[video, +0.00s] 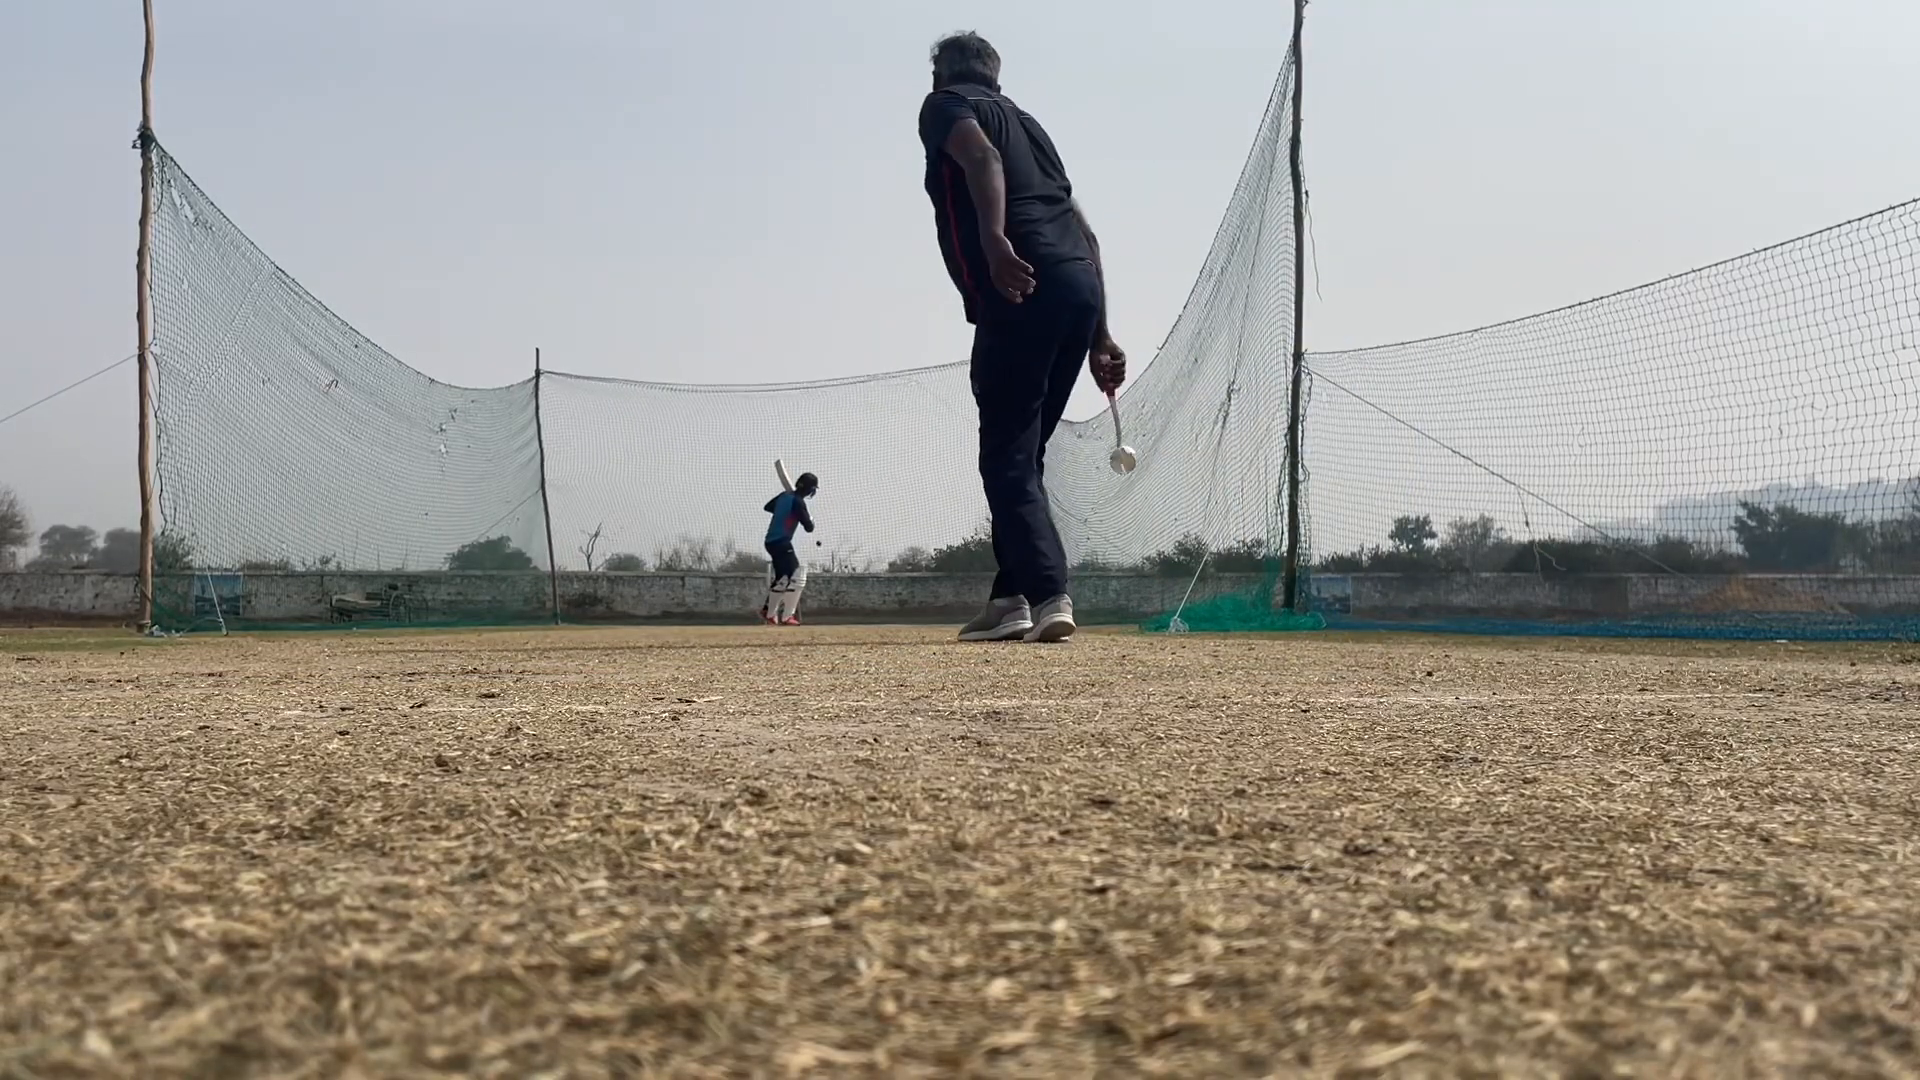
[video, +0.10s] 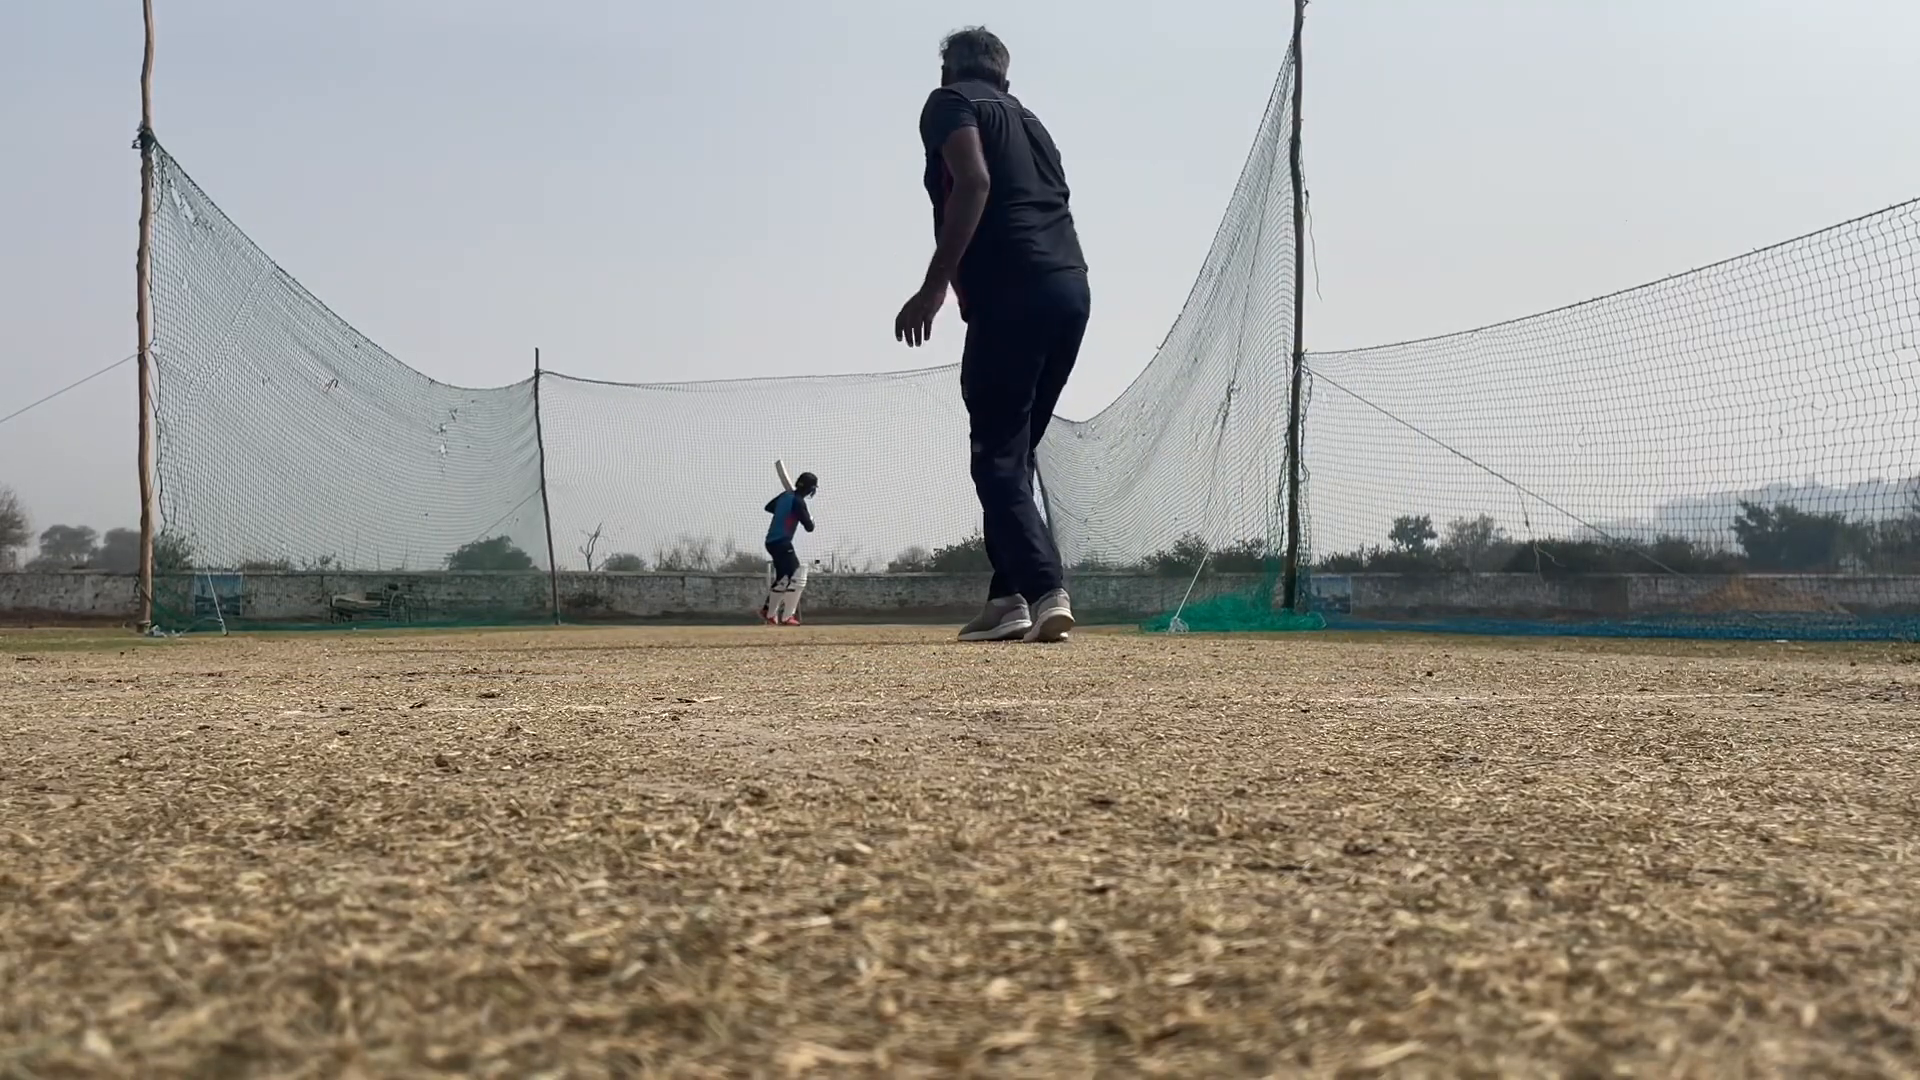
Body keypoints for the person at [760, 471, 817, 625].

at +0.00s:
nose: (814, 492)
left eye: (815, 489)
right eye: (813, 488)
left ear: (799, 484)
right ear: (808, 488)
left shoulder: (784, 495)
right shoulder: (798, 501)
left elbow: (768, 507)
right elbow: (808, 527)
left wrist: (784, 512)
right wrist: (809, 521)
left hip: (771, 541)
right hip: (782, 542)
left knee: (782, 577)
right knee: (797, 575)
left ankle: (770, 613)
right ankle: (788, 615)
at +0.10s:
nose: (814, 491)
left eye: (815, 488)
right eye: (813, 487)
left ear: (798, 484)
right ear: (808, 487)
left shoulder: (785, 495)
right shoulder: (798, 501)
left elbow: (769, 507)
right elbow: (809, 527)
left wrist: (785, 513)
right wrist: (809, 520)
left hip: (771, 541)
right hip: (782, 542)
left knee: (782, 577)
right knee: (797, 575)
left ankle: (770, 613)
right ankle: (788, 616)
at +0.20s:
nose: (813, 490)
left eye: (814, 486)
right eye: (812, 486)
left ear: (797, 483)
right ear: (807, 486)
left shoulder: (785, 495)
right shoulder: (798, 500)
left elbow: (770, 508)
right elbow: (809, 526)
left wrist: (786, 513)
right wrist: (808, 519)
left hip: (772, 541)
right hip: (783, 542)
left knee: (782, 577)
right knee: (797, 575)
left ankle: (770, 612)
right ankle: (788, 615)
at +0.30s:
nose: (812, 488)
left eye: (813, 484)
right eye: (812, 484)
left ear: (796, 482)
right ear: (807, 485)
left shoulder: (785, 496)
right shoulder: (797, 499)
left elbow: (772, 512)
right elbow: (807, 523)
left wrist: (789, 516)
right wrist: (813, 526)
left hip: (773, 541)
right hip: (783, 541)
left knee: (782, 576)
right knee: (797, 575)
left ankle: (770, 611)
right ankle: (788, 615)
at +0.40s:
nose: (809, 485)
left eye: (809, 481)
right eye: (808, 481)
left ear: (794, 481)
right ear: (802, 482)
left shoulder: (785, 495)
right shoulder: (795, 497)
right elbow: (803, 520)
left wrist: (811, 525)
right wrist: (813, 531)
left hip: (774, 540)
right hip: (783, 541)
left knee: (783, 577)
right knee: (798, 574)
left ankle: (771, 613)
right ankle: (788, 616)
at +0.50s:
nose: (805, 482)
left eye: (805, 479)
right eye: (804, 479)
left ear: (789, 479)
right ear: (799, 480)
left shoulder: (784, 494)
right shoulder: (791, 495)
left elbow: (794, 520)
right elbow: (799, 519)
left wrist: (807, 534)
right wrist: (811, 533)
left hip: (775, 539)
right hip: (783, 539)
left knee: (783, 576)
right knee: (797, 574)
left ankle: (771, 613)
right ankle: (788, 615)